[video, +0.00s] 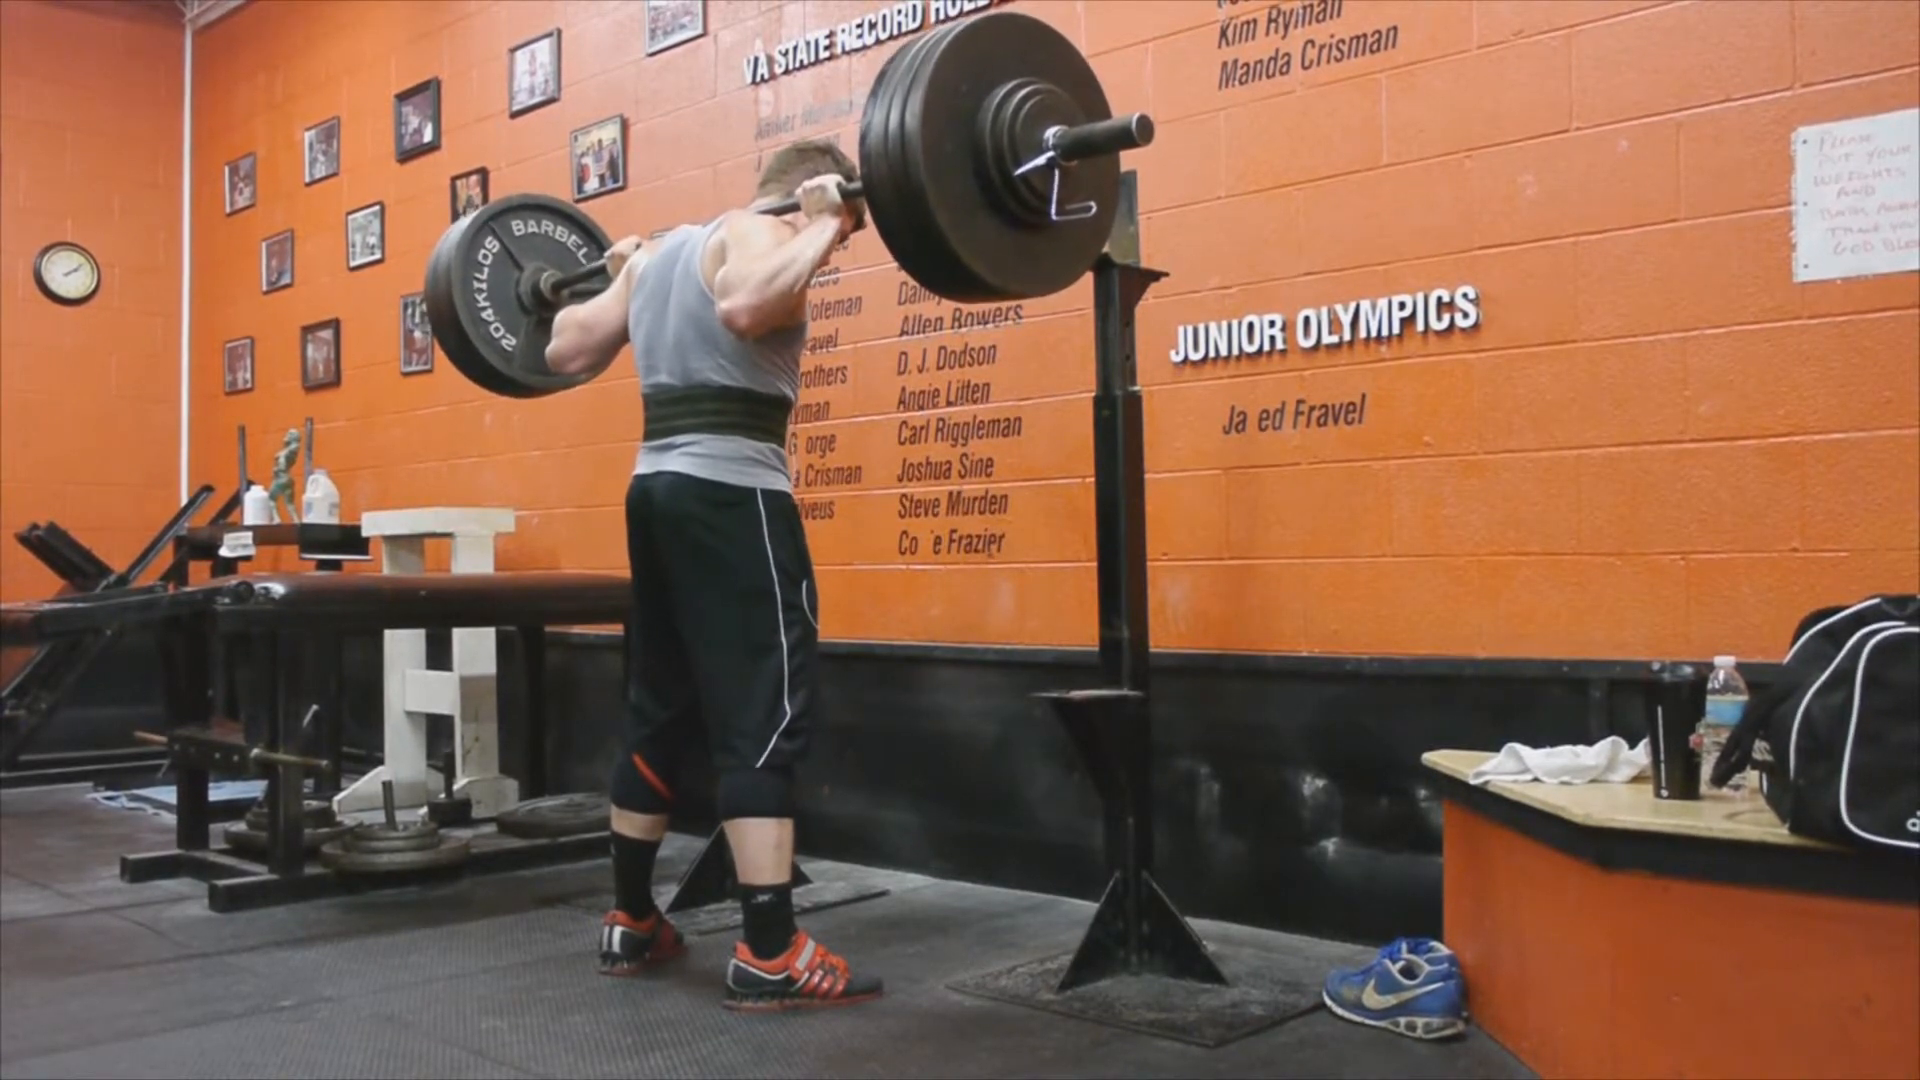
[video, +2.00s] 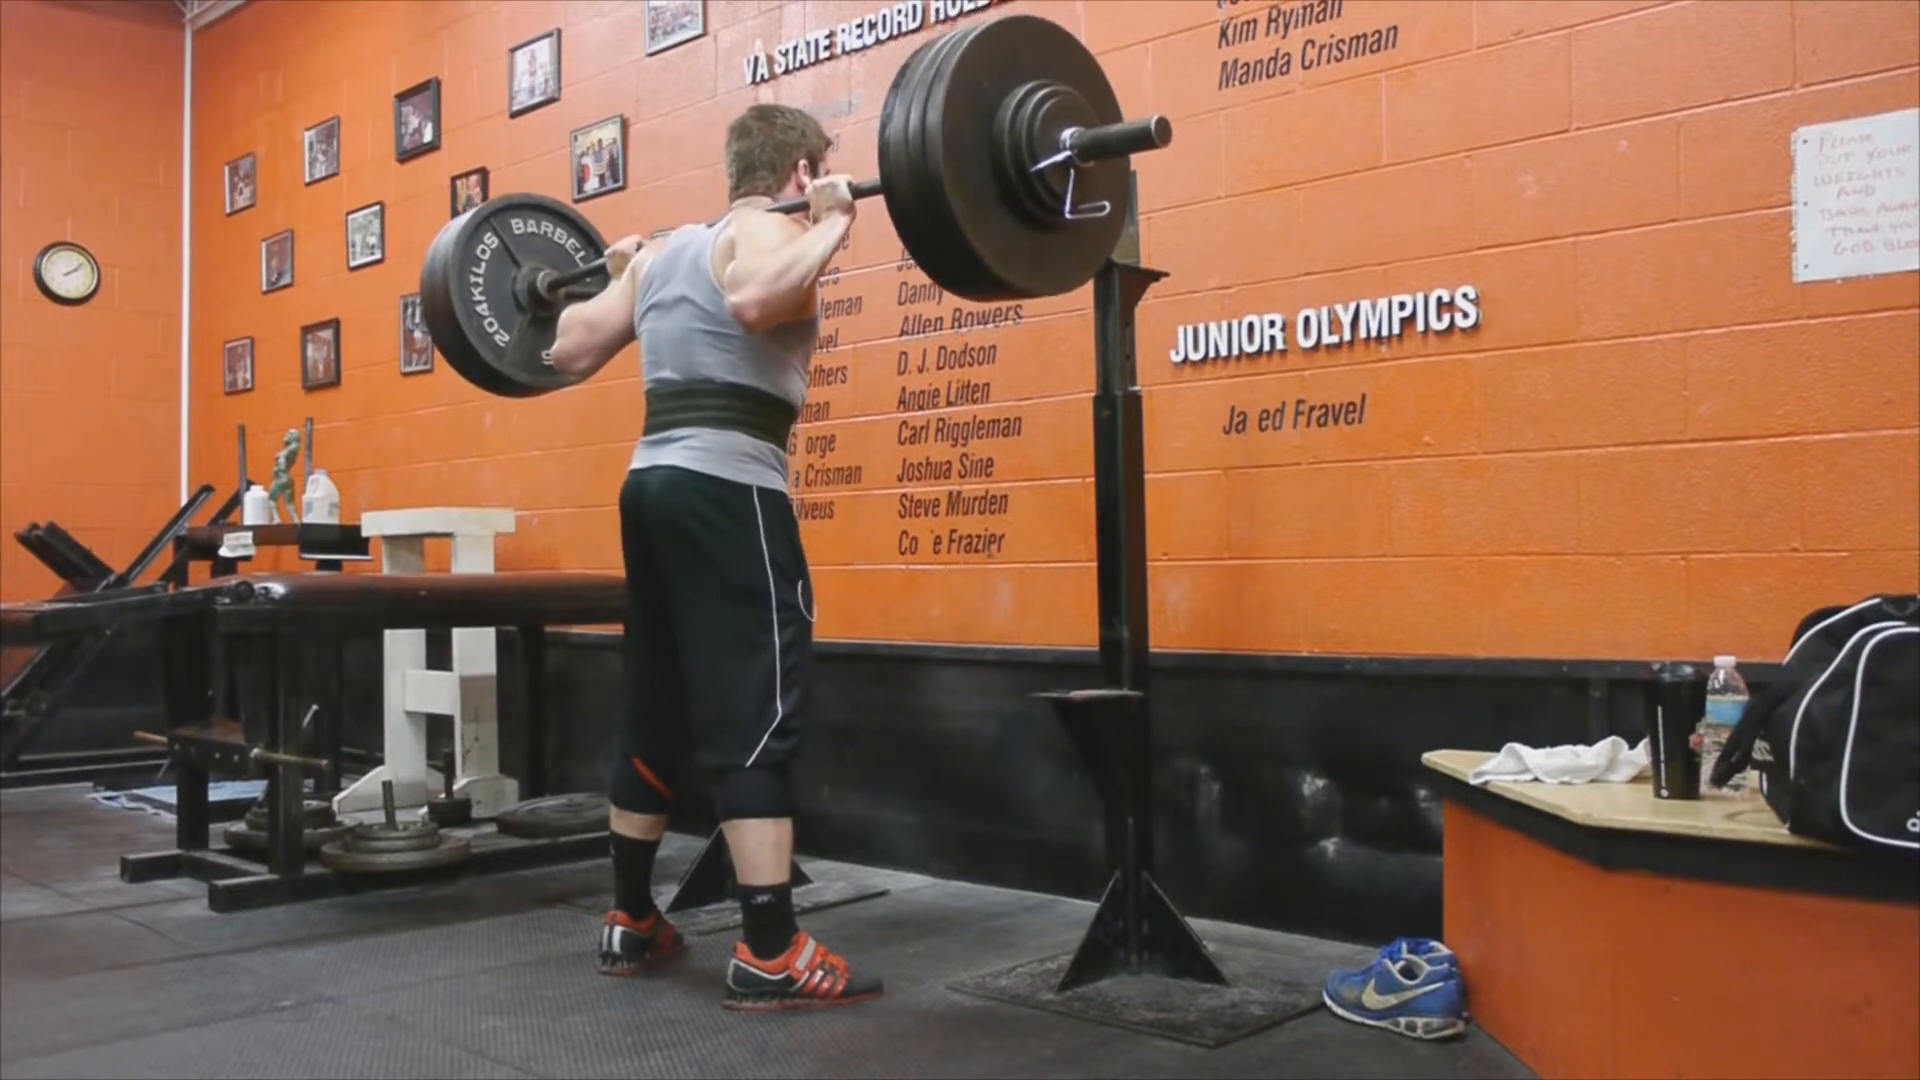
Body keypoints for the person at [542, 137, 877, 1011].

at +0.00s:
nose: (839, 241)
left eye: (847, 229)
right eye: (841, 224)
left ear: (761, 189)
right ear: (814, 200)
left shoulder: (661, 256)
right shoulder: (768, 233)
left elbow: (564, 348)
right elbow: (744, 308)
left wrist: (617, 278)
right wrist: (824, 230)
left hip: (657, 496)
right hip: (735, 498)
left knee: (662, 708)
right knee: (763, 714)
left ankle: (631, 921)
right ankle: (769, 947)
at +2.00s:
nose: (825, 191)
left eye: (825, 175)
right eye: (823, 175)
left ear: (736, 174)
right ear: (799, 170)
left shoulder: (664, 253)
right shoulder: (772, 226)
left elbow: (566, 350)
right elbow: (752, 300)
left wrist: (611, 274)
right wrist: (833, 226)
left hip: (652, 485)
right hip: (728, 486)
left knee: (658, 709)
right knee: (755, 714)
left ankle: (631, 920)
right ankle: (770, 947)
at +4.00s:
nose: (837, 466)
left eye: (837, 453)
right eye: (835, 452)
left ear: (746, 458)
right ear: (816, 456)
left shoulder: (678, 529)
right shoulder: (792, 528)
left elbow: (589, 633)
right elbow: (790, 626)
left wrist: (634, 545)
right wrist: (866, 538)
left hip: (606, 756)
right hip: (701, 762)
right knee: (885, 766)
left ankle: (636, 917)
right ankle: (777, 950)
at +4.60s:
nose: (828, 303)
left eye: (829, 290)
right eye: (827, 290)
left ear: (738, 293)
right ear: (808, 290)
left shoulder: (666, 361)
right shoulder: (782, 350)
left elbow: (564, 451)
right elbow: (766, 422)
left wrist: (616, 376)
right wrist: (853, 350)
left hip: (586, 560)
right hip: (681, 567)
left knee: (657, 723)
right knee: (817, 724)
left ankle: (633, 921)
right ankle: (775, 948)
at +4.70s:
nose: (825, 265)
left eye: (823, 252)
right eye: (824, 253)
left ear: (739, 254)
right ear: (805, 251)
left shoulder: (668, 326)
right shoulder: (783, 316)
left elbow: (569, 419)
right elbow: (771, 387)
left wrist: (617, 345)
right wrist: (851, 315)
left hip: (599, 536)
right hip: (688, 543)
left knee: (666, 712)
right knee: (811, 717)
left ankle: (633, 919)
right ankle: (775, 947)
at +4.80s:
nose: (825, 229)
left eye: (822, 215)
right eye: (824, 216)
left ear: (740, 217)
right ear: (806, 214)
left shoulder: (670, 293)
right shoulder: (785, 279)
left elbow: (573, 389)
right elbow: (773, 348)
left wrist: (615, 312)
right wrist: (853, 275)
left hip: (612, 509)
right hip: (697, 517)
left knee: (665, 703)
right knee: (795, 708)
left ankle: (633, 919)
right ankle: (774, 946)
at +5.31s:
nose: (827, 230)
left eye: (825, 215)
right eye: (827, 216)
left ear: (744, 214)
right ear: (809, 212)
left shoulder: (670, 291)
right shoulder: (785, 276)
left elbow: (578, 392)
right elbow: (783, 355)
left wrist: (616, 309)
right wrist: (856, 276)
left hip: (620, 520)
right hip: (706, 524)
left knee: (656, 717)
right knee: (804, 719)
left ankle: (632, 920)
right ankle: (774, 946)